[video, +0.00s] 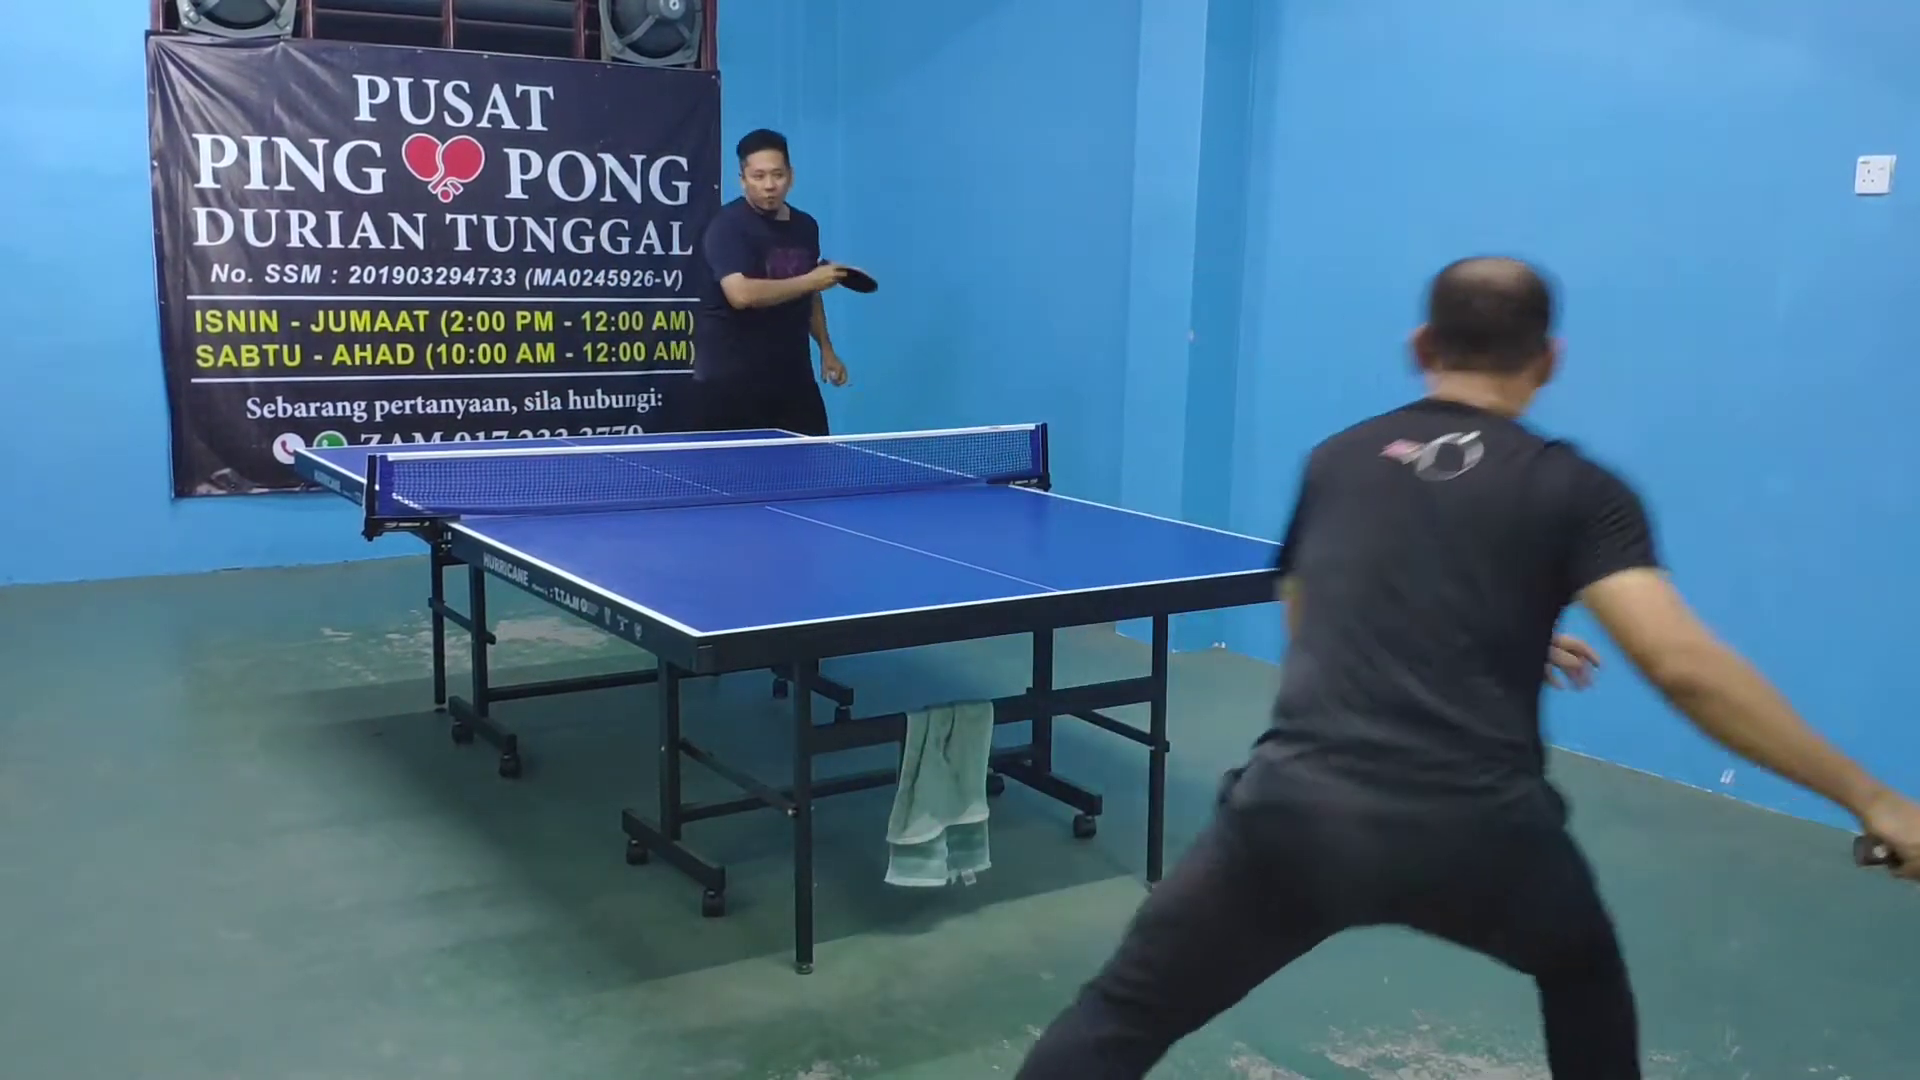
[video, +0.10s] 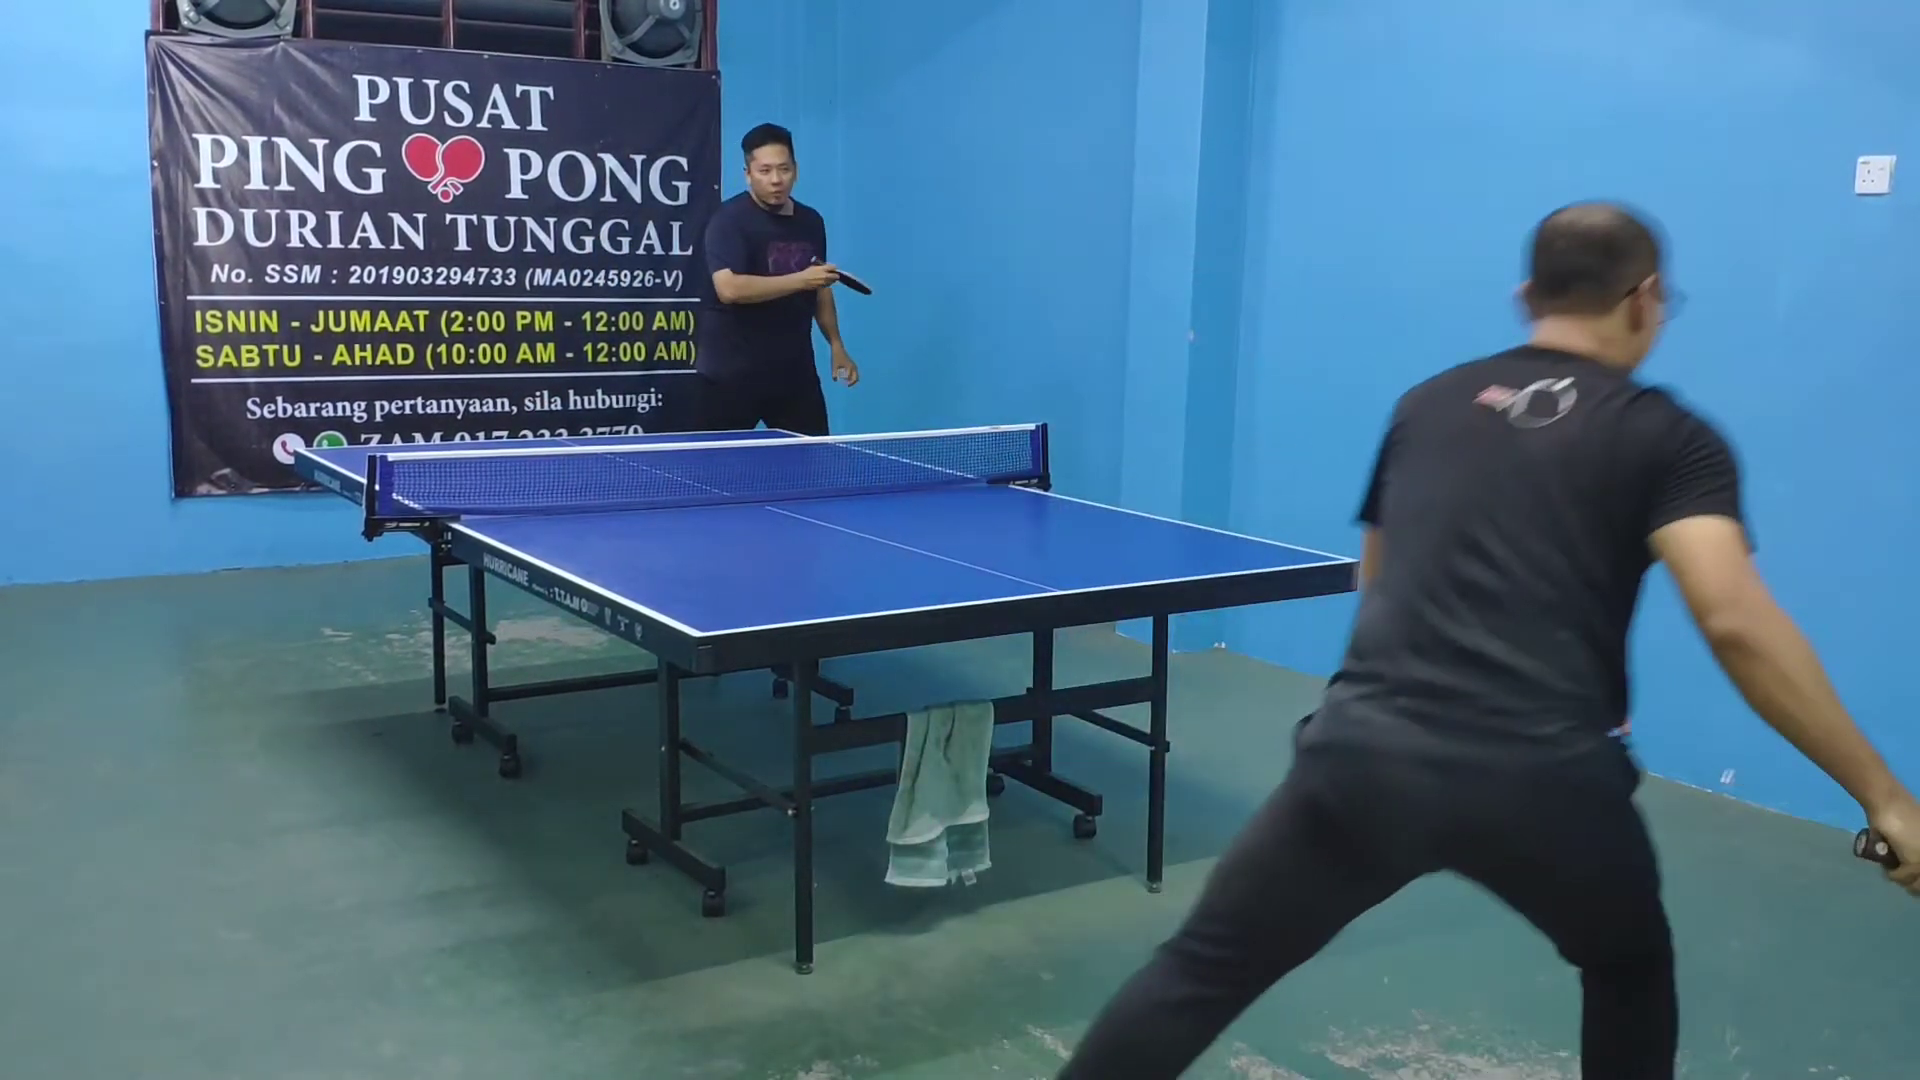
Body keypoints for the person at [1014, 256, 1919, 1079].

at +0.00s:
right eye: (1545, 355)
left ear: (1422, 355)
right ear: (1546, 364)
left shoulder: (1337, 461)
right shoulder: (1568, 488)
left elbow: (1308, 631)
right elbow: (1683, 669)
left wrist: (1507, 636)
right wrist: (1866, 797)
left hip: (1302, 822)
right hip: (1481, 836)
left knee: (1121, 1009)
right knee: (1583, 974)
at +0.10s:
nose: (1661, 320)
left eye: (1660, 300)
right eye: (1660, 300)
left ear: (1533, 296)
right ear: (1641, 300)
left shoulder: (1427, 404)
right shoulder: (1664, 434)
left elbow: (1378, 591)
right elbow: (1735, 623)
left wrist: (1434, 713)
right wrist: (1883, 796)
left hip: (1367, 763)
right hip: (1545, 787)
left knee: (1198, 970)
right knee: (1629, 973)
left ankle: (1075, 1078)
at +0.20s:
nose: (1749, 275)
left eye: (1753, 253)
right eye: (1750, 251)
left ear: (1626, 243)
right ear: (1716, 244)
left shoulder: (1496, 355)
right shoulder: (1732, 389)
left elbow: (1442, 556)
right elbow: (1774, 608)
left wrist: (1467, 688)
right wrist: (1876, 805)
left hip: (1428, 718)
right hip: (1597, 747)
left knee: (1299, 944)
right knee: (1645, 972)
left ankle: (1195, 1069)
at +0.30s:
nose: (1818, 230)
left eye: (1822, 208)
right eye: (1818, 205)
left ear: (1692, 197)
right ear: (1776, 198)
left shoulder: (1553, 310)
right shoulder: (1788, 349)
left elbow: (1490, 513)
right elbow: (1786, 581)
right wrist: (1857, 772)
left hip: (1474, 685)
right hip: (1636, 716)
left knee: (1432, 927)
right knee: (1659, 975)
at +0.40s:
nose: (1856, 212)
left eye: (1860, 189)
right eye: (1855, 185)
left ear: (1726, 177)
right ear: (1811, 180)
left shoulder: (1583, 294)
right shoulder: (1814, 331)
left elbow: (1508, 493)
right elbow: (1796, 570)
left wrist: (1469, 652)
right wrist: (1861, 748)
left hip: (1498, 676)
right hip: (1654, 710)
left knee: (1505, 934)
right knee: (1673, 975)